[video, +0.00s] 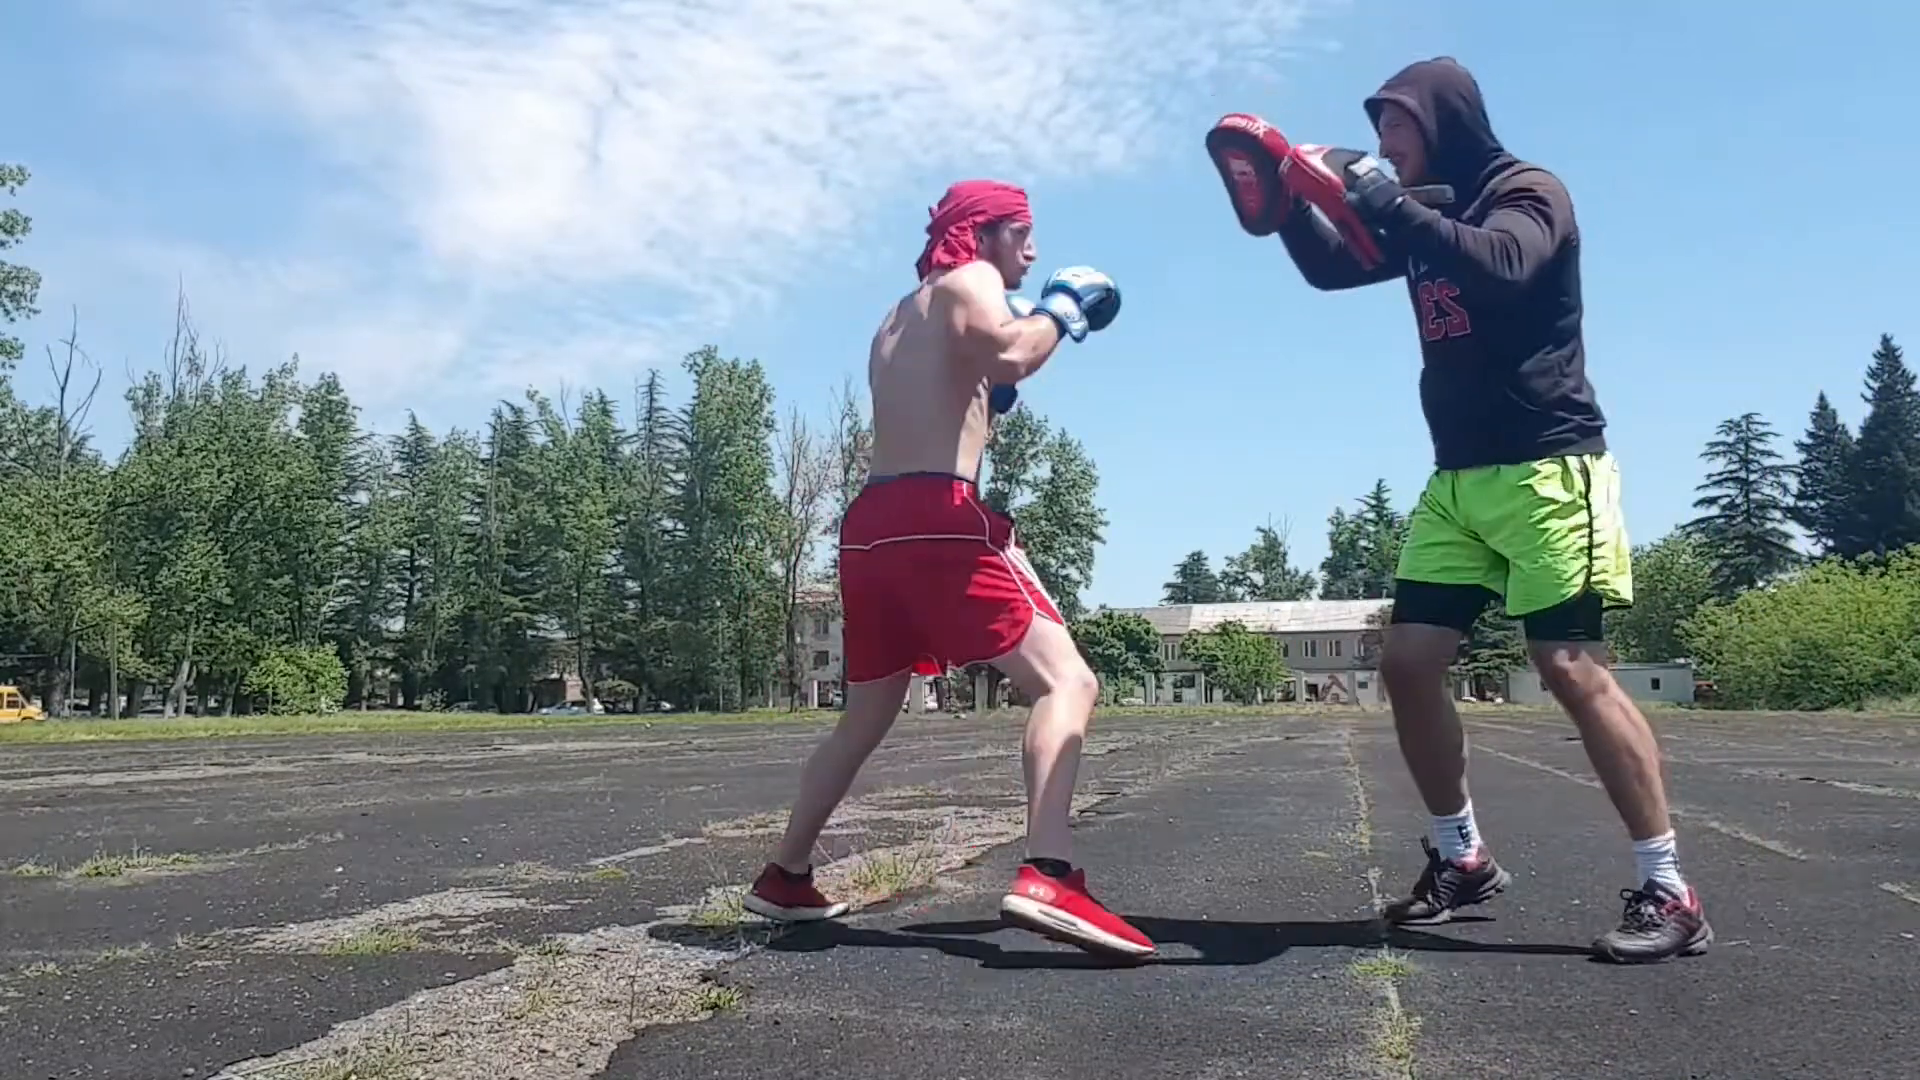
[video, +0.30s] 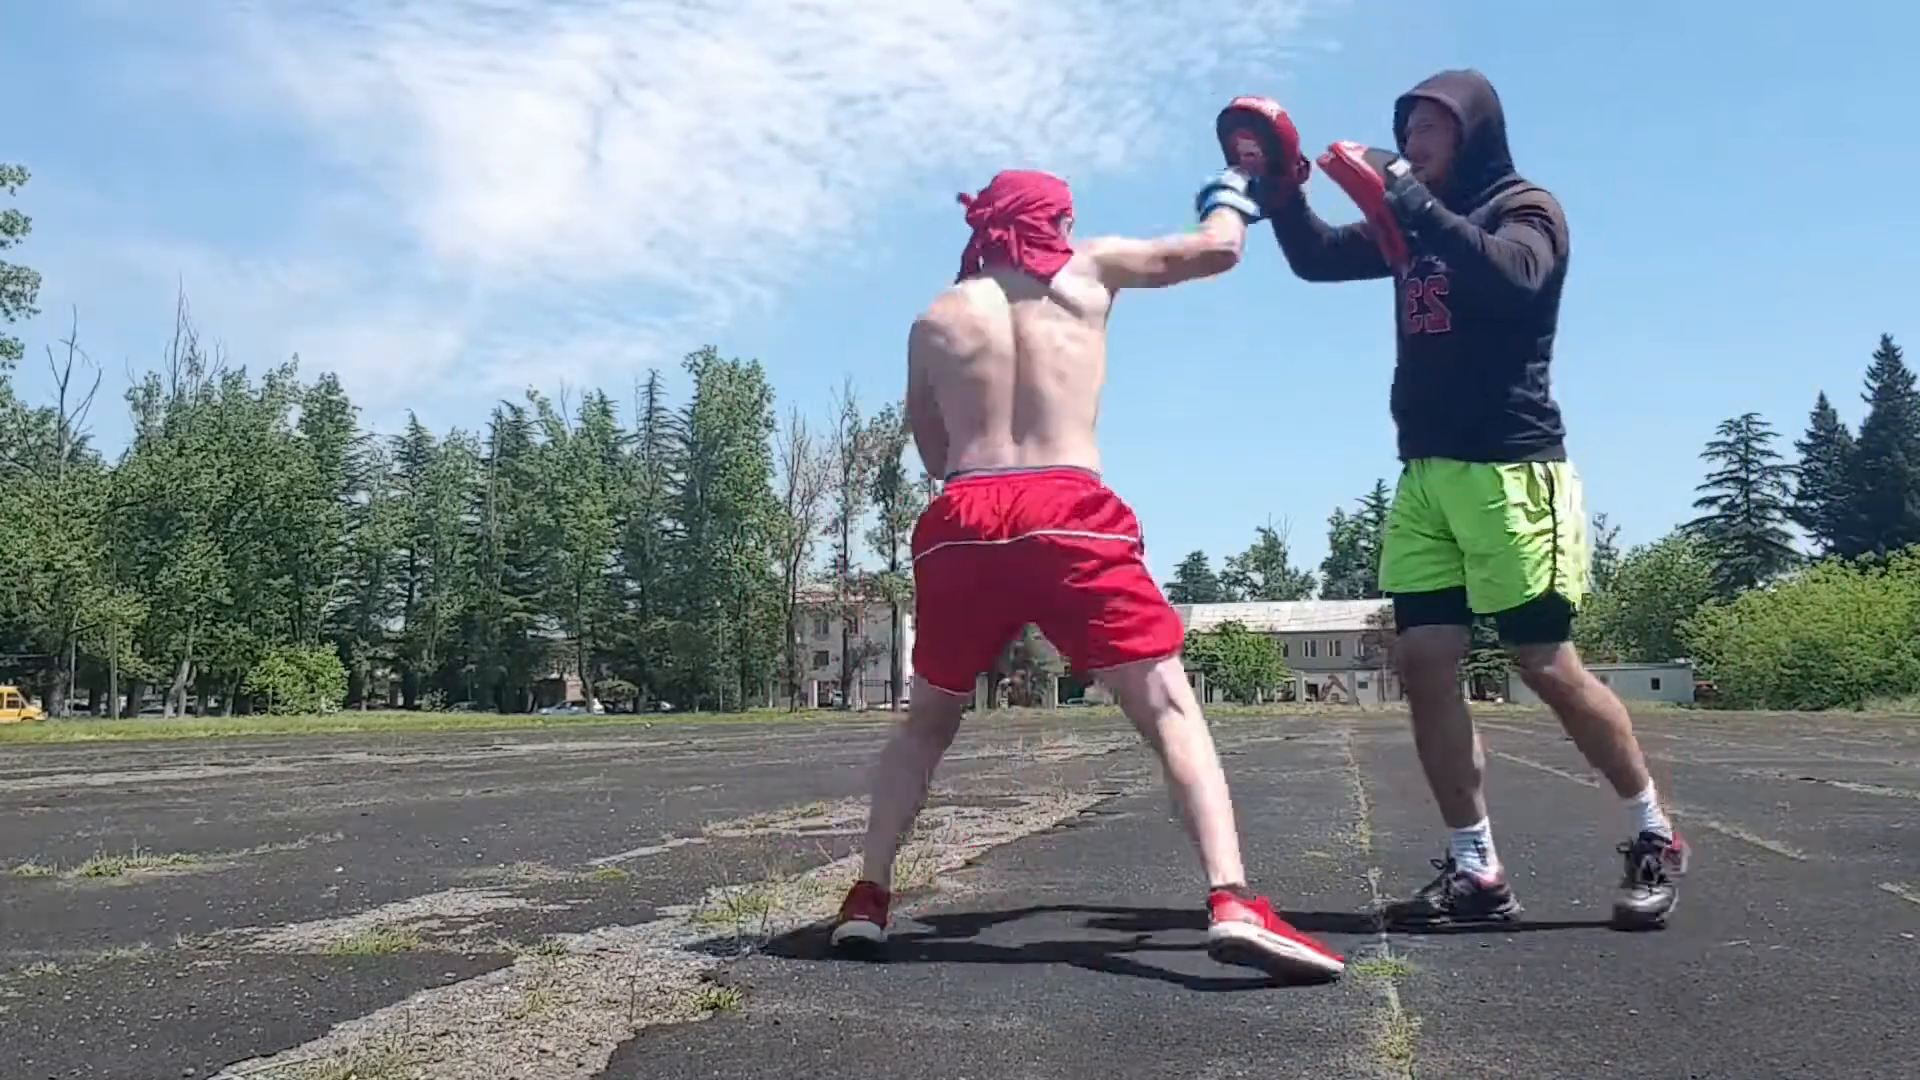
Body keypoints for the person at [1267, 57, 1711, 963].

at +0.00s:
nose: (1381, 136)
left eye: (1393, 119)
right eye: (1380, 122)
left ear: (1443, 119)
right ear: (1413, 129)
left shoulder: (1531, 192)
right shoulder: (1415, 213)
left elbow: (1504, 261)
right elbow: (1329, 268)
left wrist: (1393, 204)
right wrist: (1286, 200)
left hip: (1551, 474)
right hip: (1458, 483)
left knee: (1572, 667)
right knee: (1408, 663)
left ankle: (1668, 892)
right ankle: (1462, 863)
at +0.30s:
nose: (1410, 138)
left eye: (1427, 122)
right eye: (1407, 124)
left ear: (1472, 129)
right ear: (1410, 138)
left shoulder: (1527, 209)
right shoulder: (1405, 219)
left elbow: (1512, 279)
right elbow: (1314, 256)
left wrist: (1408, 197)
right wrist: (1279, 184)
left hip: (1513, 472)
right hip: (1427, 475)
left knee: (1549, 665)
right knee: (1425, 665)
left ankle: (1656, 835)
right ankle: (1475, 870)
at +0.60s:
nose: (1454, 162)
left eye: (1474, 147)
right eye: (1448, 152)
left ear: (1518, 157)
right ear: (1445, 165)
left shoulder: (1558, 224)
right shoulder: (1448, 248)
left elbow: (1531, 254)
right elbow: (1383, 304)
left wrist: (1441, 192)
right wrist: (1320, 286)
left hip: (1545, 492)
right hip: (1452, 489)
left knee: (1593, 677)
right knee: (1386, 640)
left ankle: (1632, 860)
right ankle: (1443, 826)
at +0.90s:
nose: (1454, 176)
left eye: (1471, 162)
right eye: (1441, 167)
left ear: (1503, 173)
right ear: (1428, 184)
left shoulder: (1550, 252)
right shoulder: (1409, 272)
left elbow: (1636, 348)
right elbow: (1340, 369)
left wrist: (1627, 340)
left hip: (1535, 495)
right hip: (1436, 499)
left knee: (1582, 679)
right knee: (1429, 676)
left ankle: (1630, 858)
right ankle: (1439, 834)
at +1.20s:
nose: (1431, 197)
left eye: (1447, 185)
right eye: (1418, 186)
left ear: (1475, 195)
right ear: (1400, 199)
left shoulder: (1512, 261)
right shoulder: (1375, 265)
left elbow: (1598, 302)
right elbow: (1308, 295)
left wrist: (1558, 225)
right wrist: (1296, 215)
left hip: (1491, 496)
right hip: (1395, 495)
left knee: (1501, 679)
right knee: (1395, 678)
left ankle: (1496, 846)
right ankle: (1414, 840)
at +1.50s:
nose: (1405, 193)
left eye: (1421, 180)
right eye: (1389, 179)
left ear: (1445, 196)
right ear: (1361, 191)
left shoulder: (1467, 264)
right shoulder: (1336, 260)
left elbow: (1545, 270)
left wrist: (1507, 191)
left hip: (1451, 497)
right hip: (1359, 498)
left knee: (1480, 675)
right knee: (1314, 679)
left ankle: (1493, 849)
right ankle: (1280, 847)